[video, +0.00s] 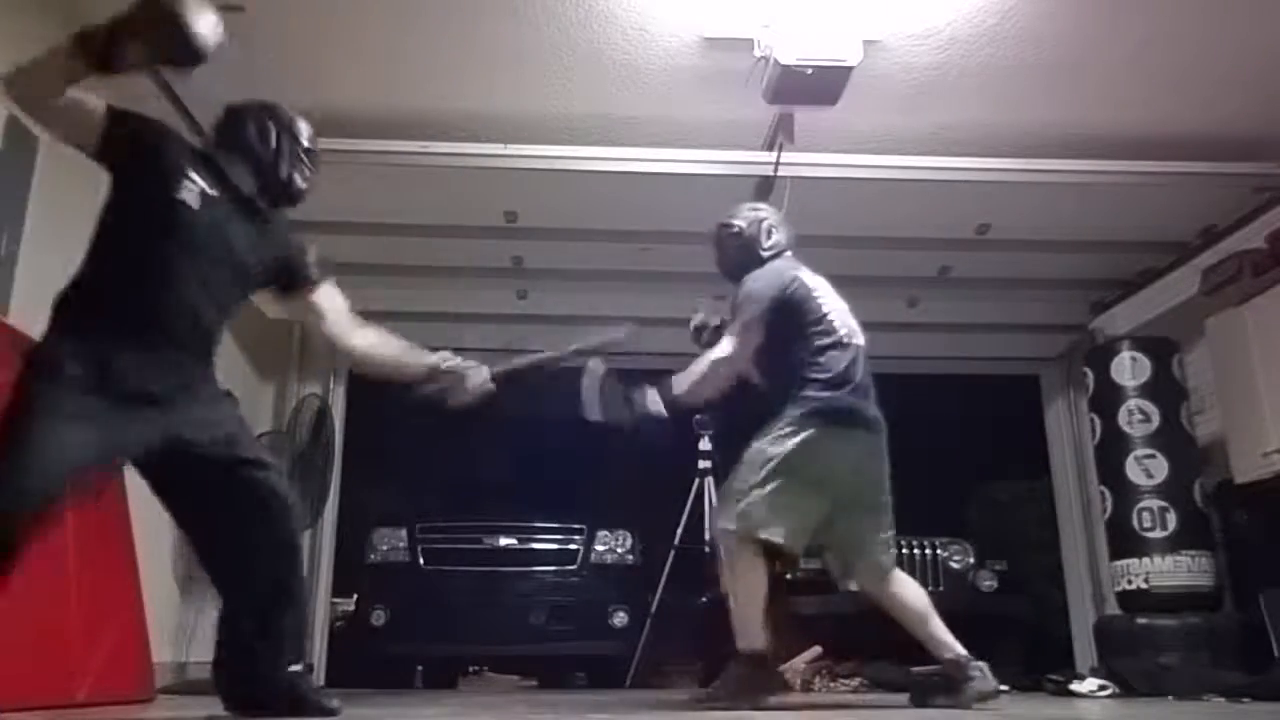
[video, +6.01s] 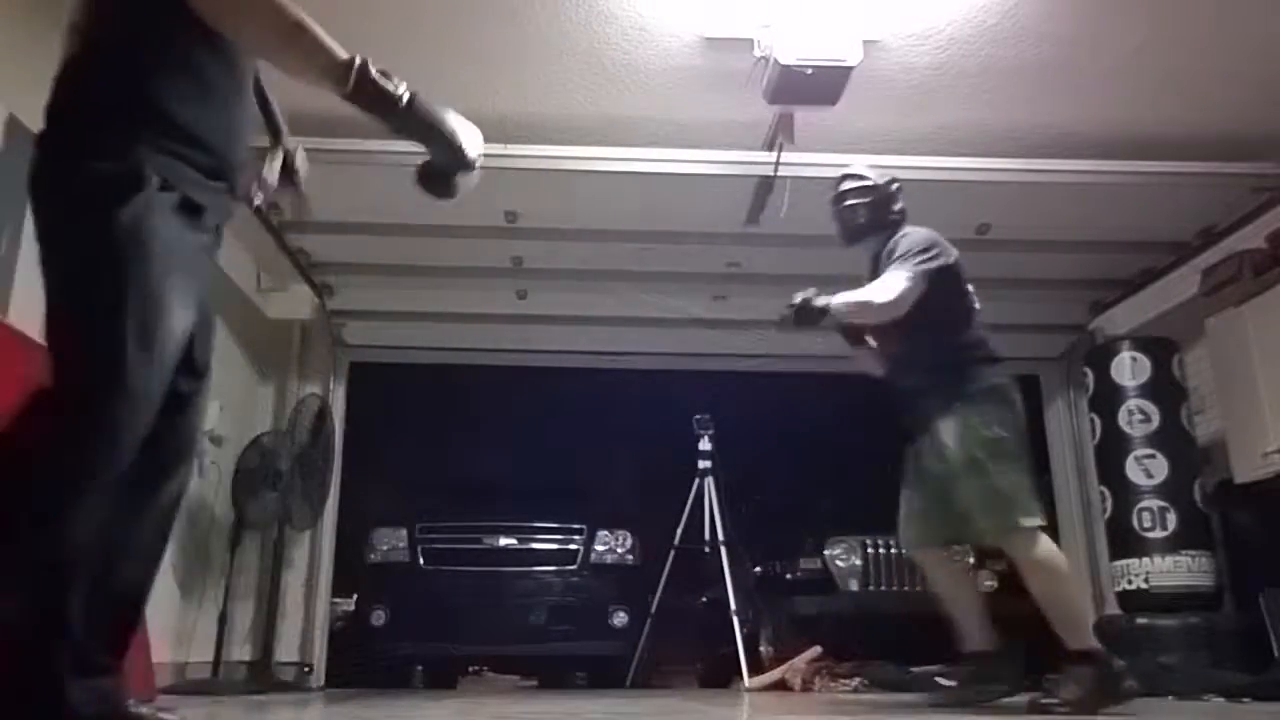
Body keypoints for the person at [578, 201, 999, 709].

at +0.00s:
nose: (719, 244)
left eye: (730, 234)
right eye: (721, 235)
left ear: (763, 238)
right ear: (771, 241)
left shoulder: (766, 281)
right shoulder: (805, 280)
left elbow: (728, 361)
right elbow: (778, 363)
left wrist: (668, 394)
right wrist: (719, 346)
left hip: (815, 420)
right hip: (865, 429)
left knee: (736, 522)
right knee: (869, 563)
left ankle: (752, 663)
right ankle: (962, 666)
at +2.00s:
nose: (627, 209)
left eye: (638, 200)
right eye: (615, 203)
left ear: (663, 212)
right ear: (601, 223)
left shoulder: (687, 265)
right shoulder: (623, 290)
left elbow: (693, 339)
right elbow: (578, 338)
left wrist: (657, 392)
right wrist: (563, 291)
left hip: (704, 415)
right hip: (662, 419)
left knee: (633, 518)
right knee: (632, 556)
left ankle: (618, 671)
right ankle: (727, 651)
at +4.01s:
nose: (749, 158)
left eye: (761, 145)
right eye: (740, 148)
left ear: (787, 151)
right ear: (729, 161)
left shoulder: (824, 199)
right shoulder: (733, 244)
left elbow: (851, 253)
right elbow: (688, 307)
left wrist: (814, 231)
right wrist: (659, 262)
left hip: (825, 379)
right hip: (761, 397)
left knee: (817, 503)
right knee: (752, 528)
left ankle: (839, 663)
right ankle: (822, 660)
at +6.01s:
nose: (846, 212)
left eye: (856, 200)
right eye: (841, 204)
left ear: (889, 202)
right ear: (839, 216)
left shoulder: (918, 242)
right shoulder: (877, 272)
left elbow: (890, 299)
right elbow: (889, 362)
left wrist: (823, 305)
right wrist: (849, 329)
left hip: (975, 406)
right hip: (935, 419)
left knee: (1016, 533)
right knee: (926, 540)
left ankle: (1093, 663)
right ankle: (987, 660)